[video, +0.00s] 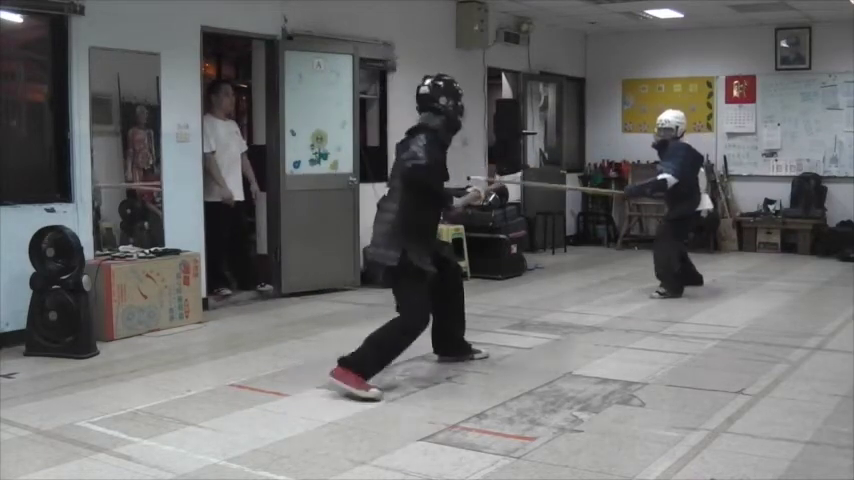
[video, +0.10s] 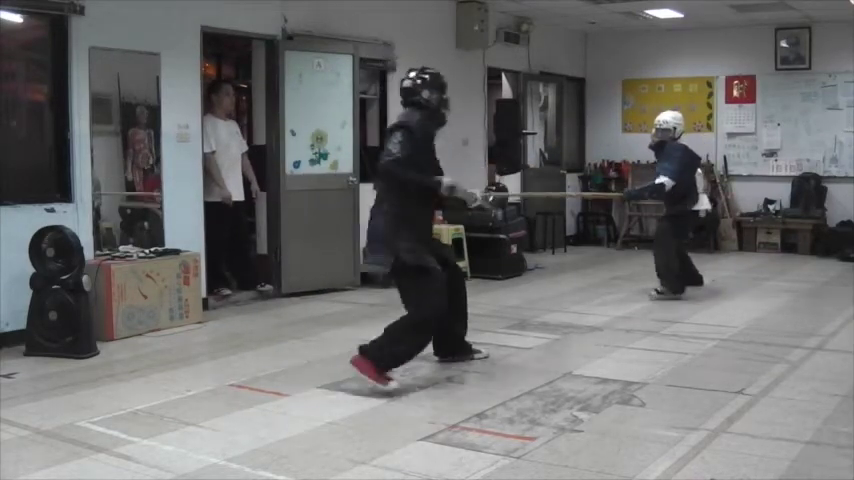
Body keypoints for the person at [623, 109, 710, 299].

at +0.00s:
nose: (662, 134)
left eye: (667, 130)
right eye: (660, 130)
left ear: (678, 131)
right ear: (657, 130)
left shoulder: (680, 150)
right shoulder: (668, 149)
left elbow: (666, 180)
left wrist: (635, 190)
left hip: (686, 207)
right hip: (679, 205)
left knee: (664, 240)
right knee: (668, 240)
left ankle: (672, 285)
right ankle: (689, 275)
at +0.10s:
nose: (659, 134)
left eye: (664, 130)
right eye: (658, 130)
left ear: (675, 132)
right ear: (655, 130)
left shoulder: (676, 151)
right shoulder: (665, 151)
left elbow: (663, 185)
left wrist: (633, 194)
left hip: (684, 208)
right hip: (677, 207)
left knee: (663, 240)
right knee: (669, 241)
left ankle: (671, 287)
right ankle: (690, 276)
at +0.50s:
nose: (633, 151)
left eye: (639, 147)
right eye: (633, 146)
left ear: (652, 150)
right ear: (631, 145)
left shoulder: (657, 169)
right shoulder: (639, 169)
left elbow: (645, 194)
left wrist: (615, 201)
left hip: (678, 218)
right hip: (664, 219)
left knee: (657, 245)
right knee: (678, 257)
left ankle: (657, 294)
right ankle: (709, 273)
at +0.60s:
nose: (632, 152)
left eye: (638, 148)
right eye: (630, 147)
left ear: (649, 150)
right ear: (627, 147)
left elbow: (646, 198)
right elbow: (615, 190)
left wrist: (611, 202)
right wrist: (596, 201)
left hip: (673, 216)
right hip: (655, 217)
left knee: (652, 251)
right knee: (680, 254)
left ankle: (656, 293)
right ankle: (717, 276)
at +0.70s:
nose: (628, 152)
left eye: (634, 148)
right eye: (627, 148)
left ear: (646, 150)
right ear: (624, 147)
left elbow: (654, 198)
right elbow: (622, 190)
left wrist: (626, 203)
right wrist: (618, 198)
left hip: (670, 216)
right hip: (653, 217)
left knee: (652, 254)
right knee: (681, 253)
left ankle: (657, 294)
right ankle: (722, 272)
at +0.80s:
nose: (627, 150)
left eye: (632, 146)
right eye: (624, 146)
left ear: (644, 147)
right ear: (621, 146)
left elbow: (658, 199)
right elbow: (615, 191)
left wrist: (635, 210)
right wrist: (622, 204)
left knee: (649, 250)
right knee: (676, 252)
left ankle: (656, 293)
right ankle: (712, 270)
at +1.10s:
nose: (625, 135)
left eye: (631, 130)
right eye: (623, 130)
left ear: (643, 131)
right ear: (621, 129)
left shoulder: (655, 154)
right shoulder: (634, 153)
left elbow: (666, 192)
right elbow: (640, 184)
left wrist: (637, 201)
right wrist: (630, 201)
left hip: (666, 208)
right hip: (649, 207)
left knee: (661, 246)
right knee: (643, 244)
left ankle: (661, 291)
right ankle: (653, 280)